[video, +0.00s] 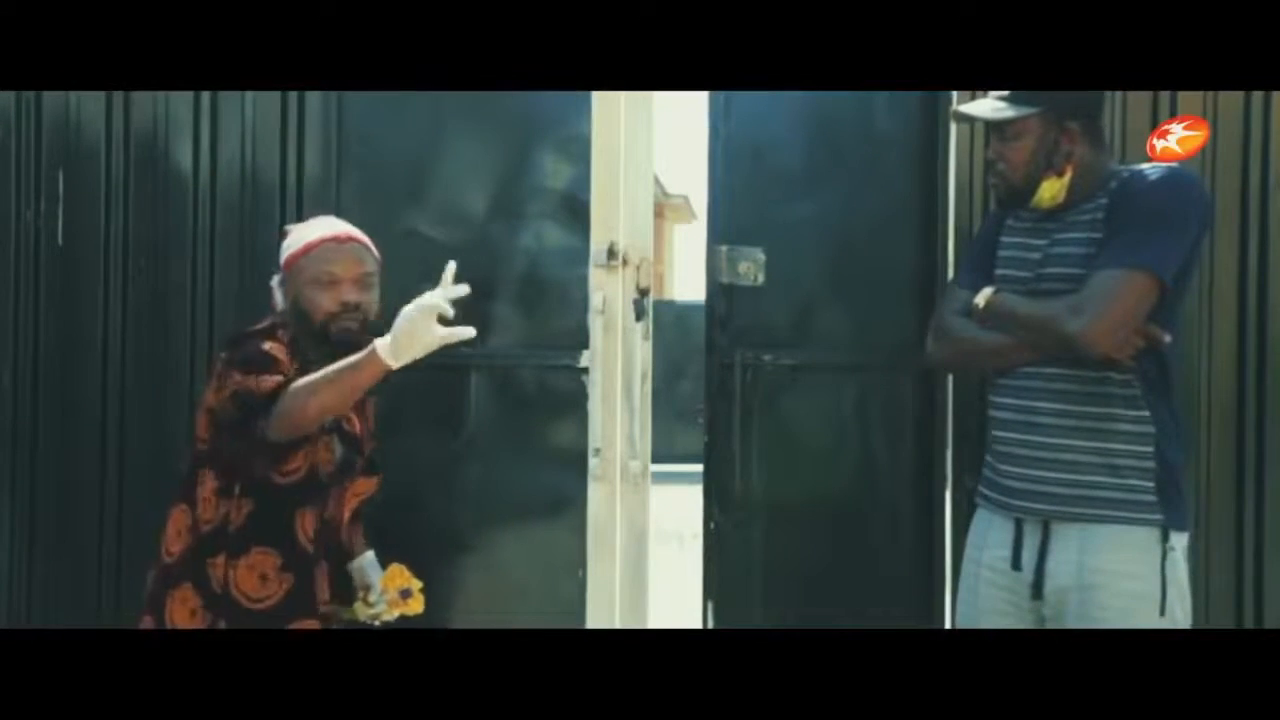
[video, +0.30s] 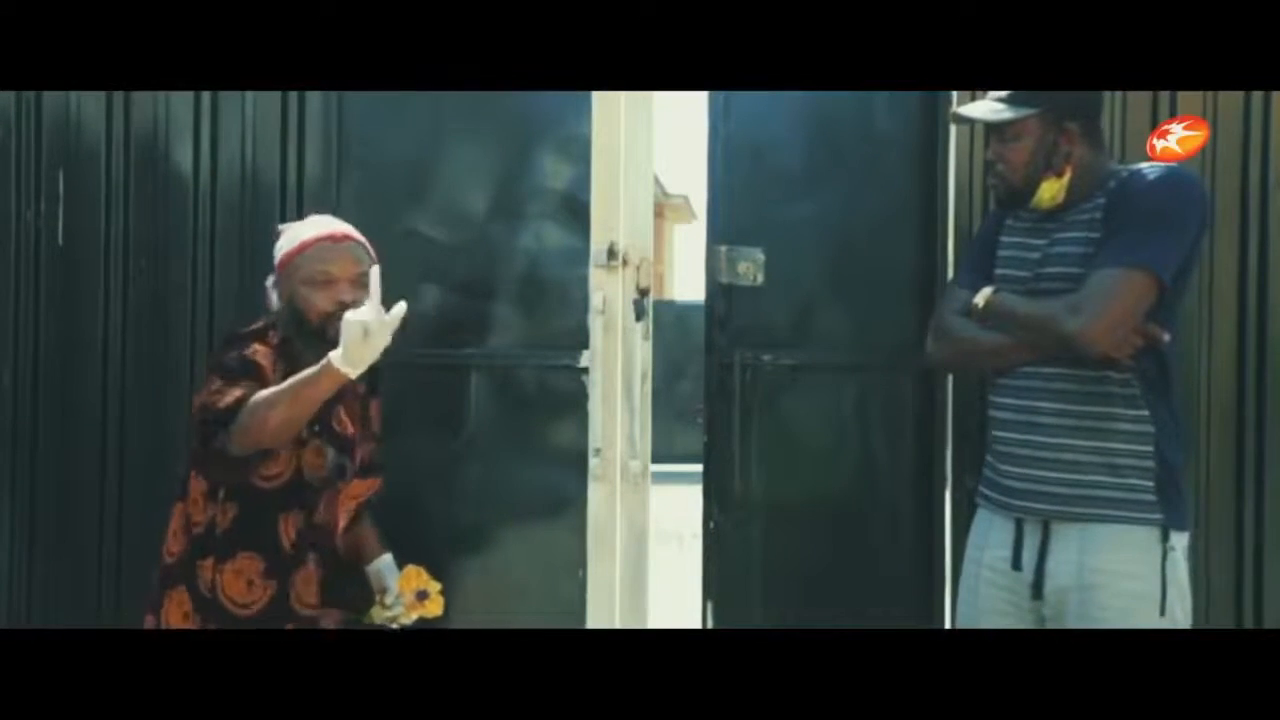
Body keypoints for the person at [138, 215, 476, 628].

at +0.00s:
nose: (351, 299)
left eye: (364, 283)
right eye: (327, 283)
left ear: (380, 292)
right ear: (286, 294)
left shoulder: (356, 370)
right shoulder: (254, 357)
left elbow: (342, 497)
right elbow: (278, 419)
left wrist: (367, 575)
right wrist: (389, 352)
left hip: (306, 600)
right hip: (220, 605)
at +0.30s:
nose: (345, 297)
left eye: (359, 282)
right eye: (323, 282)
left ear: (373, 289)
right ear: (282, 292)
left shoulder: (361, 372)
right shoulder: (248, 354)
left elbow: (351, 499)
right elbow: (241, 434)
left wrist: (388, 581)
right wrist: (340, 367)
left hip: (321, 594)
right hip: (233, 593)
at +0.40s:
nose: (378, 291)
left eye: (377, 276)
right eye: (354, 277)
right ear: (298, 291)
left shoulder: (356, 377)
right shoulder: (243, 366)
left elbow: (349, 500)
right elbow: (218, 453)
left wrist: (384, 579)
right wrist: (351, 420)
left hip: (314, 605)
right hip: (218, 606)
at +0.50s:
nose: (385, 285)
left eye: (380, 271)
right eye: (364, 273)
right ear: (309, 286)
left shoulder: (356, 374)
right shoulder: (241, 366)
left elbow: (353, 499)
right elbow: (219, 490)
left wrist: (374, 572)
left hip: (318, 602)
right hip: (225, 603)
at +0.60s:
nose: (389, 285)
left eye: (383, 270)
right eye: (369, 272)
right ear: (316, 286)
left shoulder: (351, 373)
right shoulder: (242, 373)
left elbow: (338, 510)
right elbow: (228, 518)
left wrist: (369, 584)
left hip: (298, 606)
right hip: (220, 607)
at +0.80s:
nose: (388, 276)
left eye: (381, 263)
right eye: (365, 265)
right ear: (314, 281)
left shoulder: (346, 379)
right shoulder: (254, 380)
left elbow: (335, 528)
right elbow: (244, 544)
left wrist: (349, 612)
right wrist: (269, 620)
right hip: (226, 611)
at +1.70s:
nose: (414, 290)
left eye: (409, 277)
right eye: (397, 278)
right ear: (345, 293)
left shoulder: (364, 387)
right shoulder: (283, 385)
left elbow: (355, 525)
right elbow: (246, 545)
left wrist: (392, 608)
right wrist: (277, 621)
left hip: (315, 607)